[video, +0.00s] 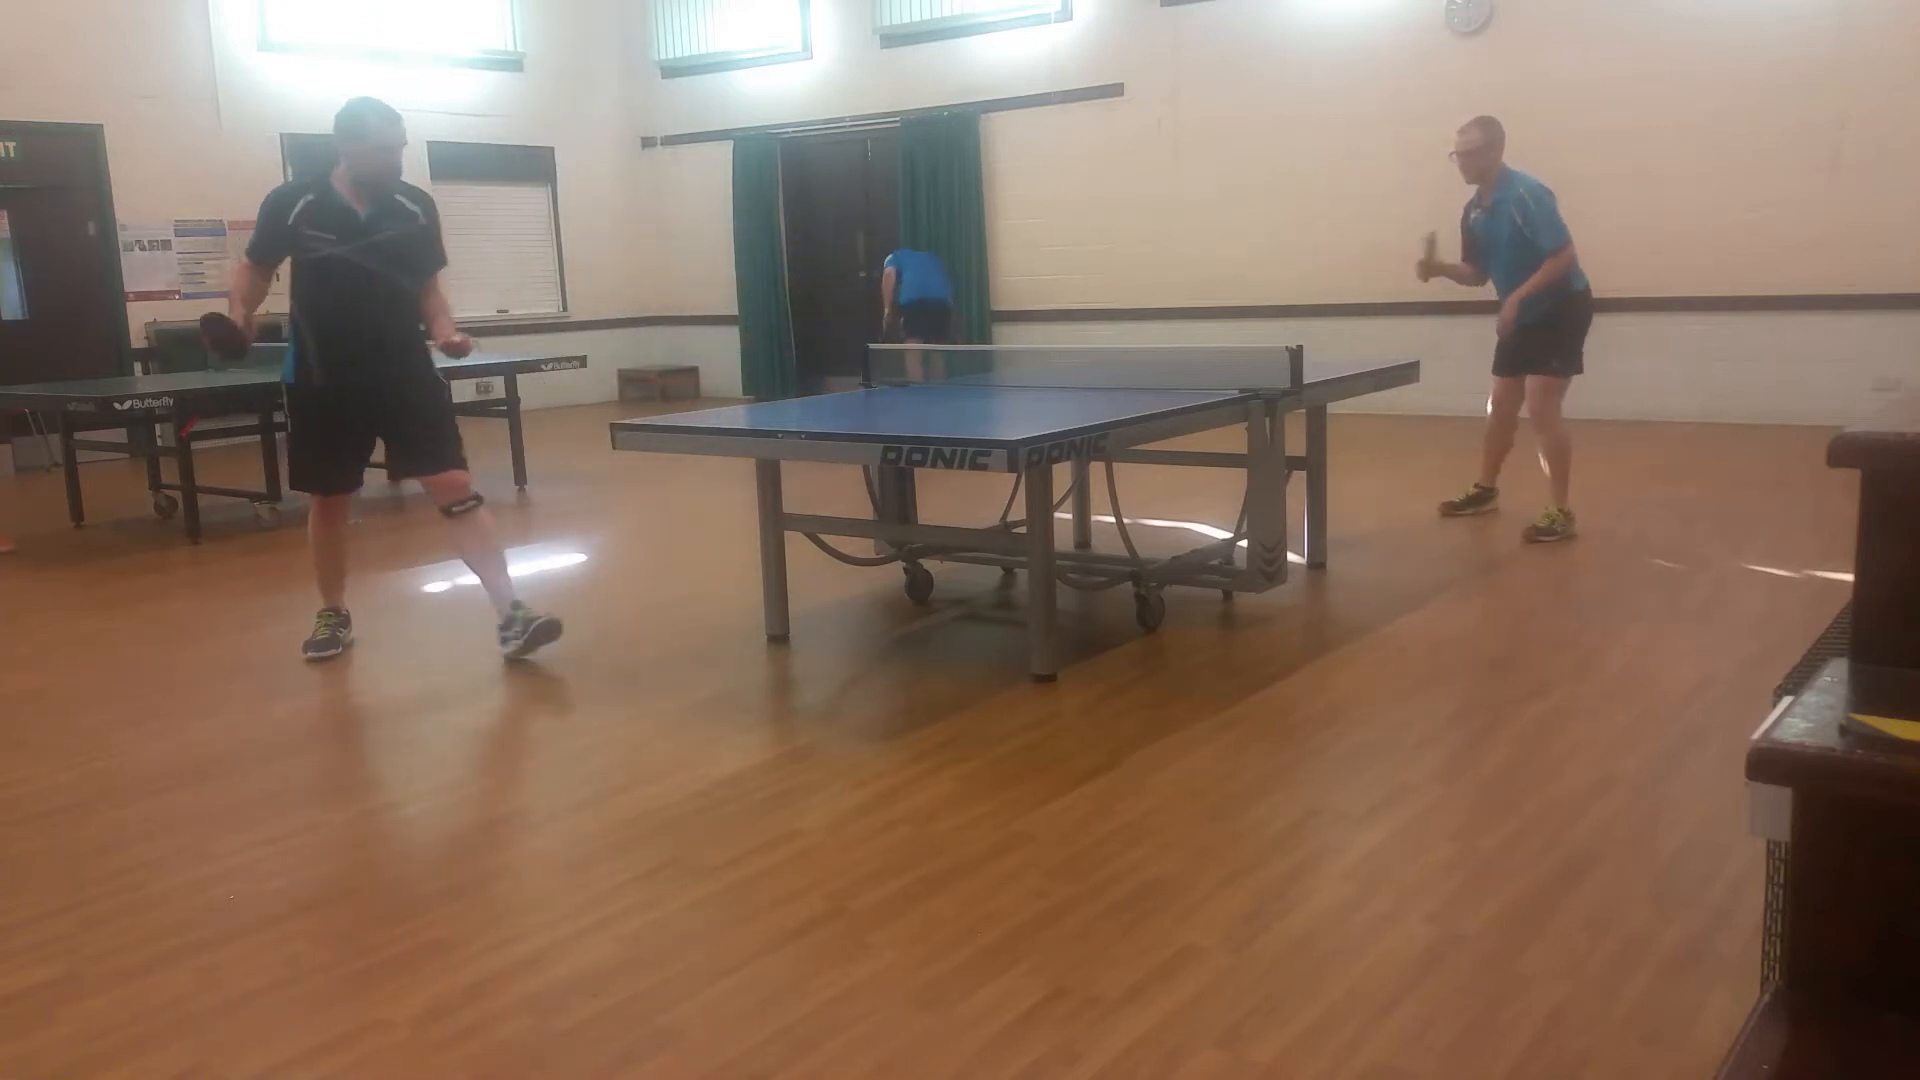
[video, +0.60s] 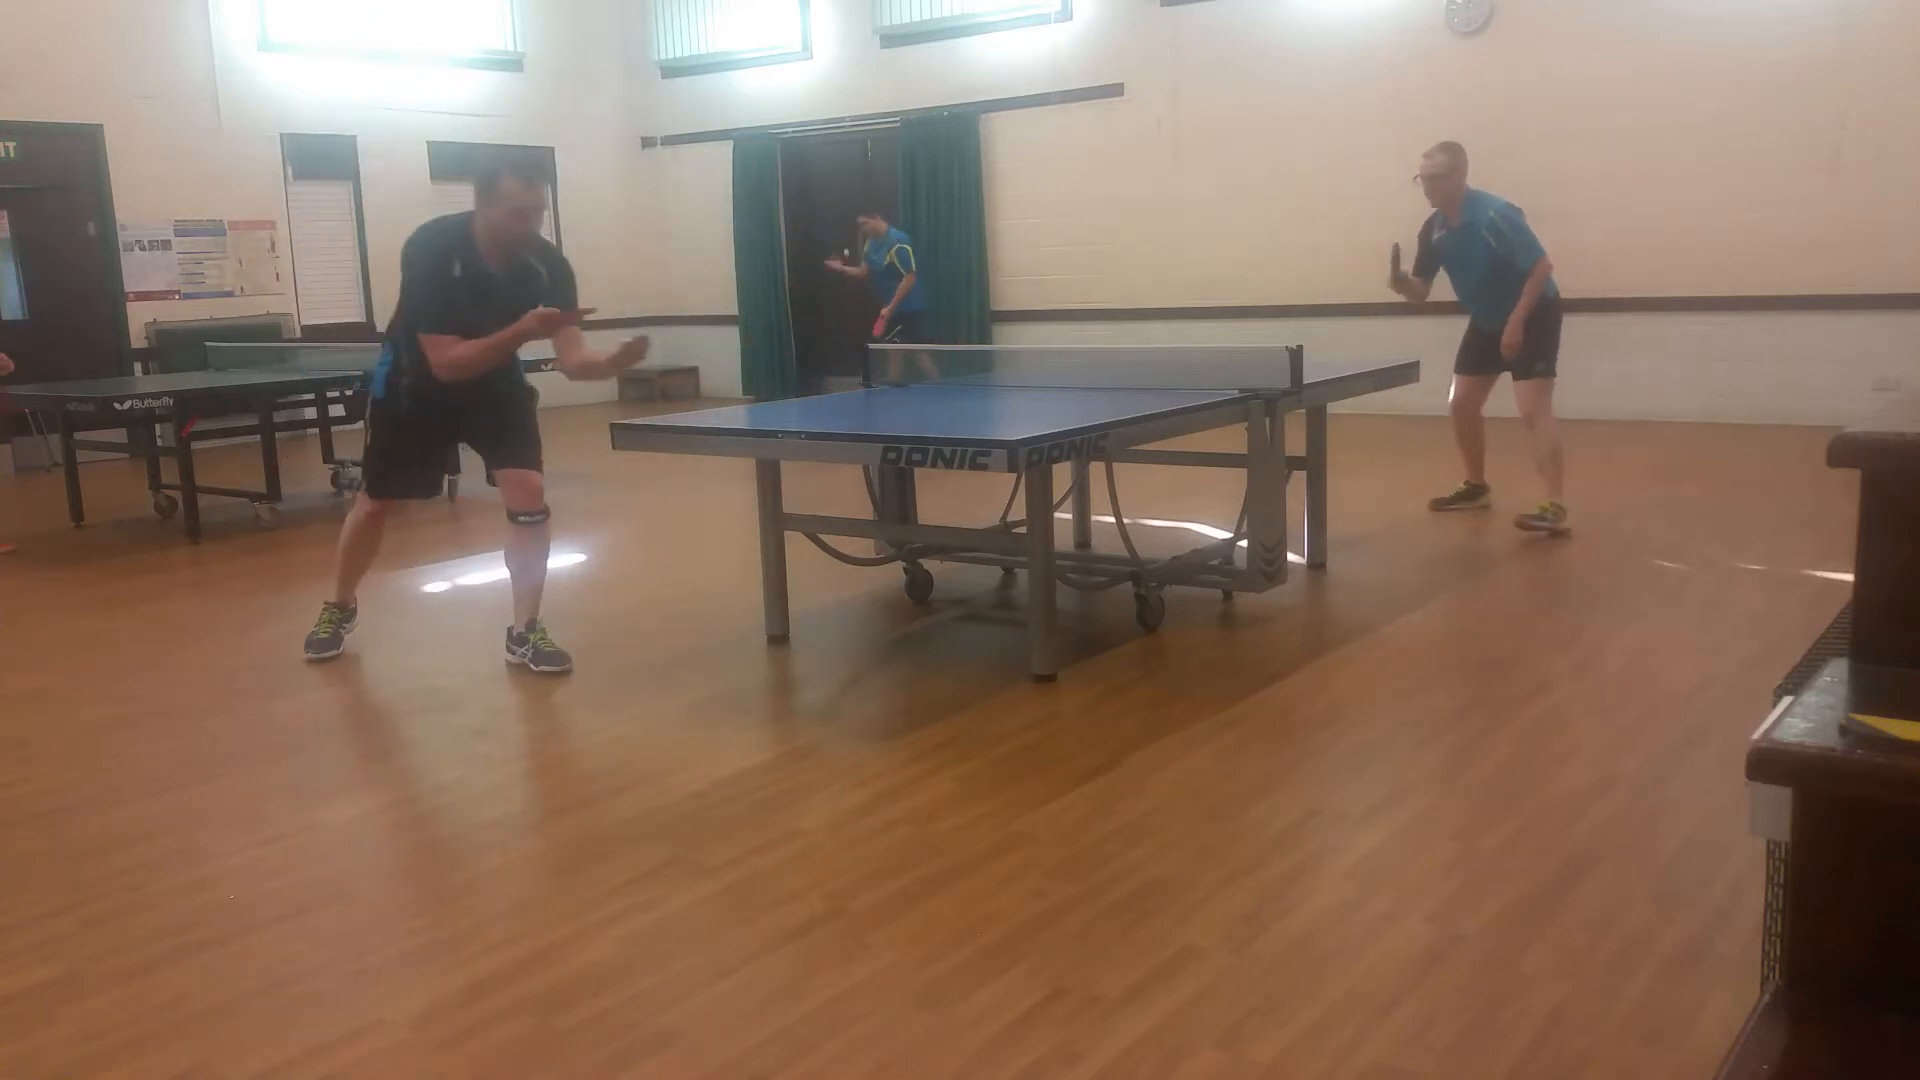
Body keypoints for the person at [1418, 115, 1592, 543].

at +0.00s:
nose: (1457, 162)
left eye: (1465, 154)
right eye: (1456, 155)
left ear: (1494, 152)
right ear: (1463, 156)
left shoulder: (1529, 194)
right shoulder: (1474, 210)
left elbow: (1565, 257)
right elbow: (1477, 273)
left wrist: (1516, 297)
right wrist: (1440, 268)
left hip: (1562, 303)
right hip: (1520, 308)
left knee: (1543, 408)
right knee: (1502, 404)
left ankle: (1560, 512)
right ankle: (1485, 489)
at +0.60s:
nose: (1423, 185)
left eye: (1430, 178)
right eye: (1421, 178)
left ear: (1456, 176)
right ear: (1428, 180)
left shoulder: (1497, 215)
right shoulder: (1433, 229)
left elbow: (1542, 268)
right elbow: (1419, 292)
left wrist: (1516, 320)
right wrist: (1401, 282)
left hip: (1533, 312)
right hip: (1488, 318)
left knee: (1534, 411)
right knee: (1462, 404)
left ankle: (1556, 505)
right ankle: (1475, 486)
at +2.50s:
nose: (1426, 171)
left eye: (1435, 163)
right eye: (1424, 163)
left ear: (1462, 164)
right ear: (1426, 167)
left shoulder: (1498, 206)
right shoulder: (1436, 221)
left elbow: (1534, 271)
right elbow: (1428, 286)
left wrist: (1506, 326)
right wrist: (1398, 277)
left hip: (1527, 315)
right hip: (1481, 317)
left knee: (1506, 409)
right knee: (1434, 399)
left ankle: (1535, 503)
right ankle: (1434, 481)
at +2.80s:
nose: (1422, 203)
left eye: (1431, 196)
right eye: (1420, 195)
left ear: (1456, 198)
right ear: (1419, 198)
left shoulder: (1499, 236)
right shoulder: (1423, 248)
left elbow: (1535, 298)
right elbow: (1408, 304)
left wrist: (1501, 348)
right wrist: (1390, 324)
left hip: (1520, 327)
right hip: (1468, 331)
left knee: (1531, 409)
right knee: (1419, 408)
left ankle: (1577, 500)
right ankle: (1395, 493)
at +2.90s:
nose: (1430, 223)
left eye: (1438, 216)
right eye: (1428, 216)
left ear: (1464, 219)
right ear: (1427, 217)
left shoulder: (1506, 254)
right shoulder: (1431, 266)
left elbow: (1545, 317)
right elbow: (1423, 326)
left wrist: (1508, 364)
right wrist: (1404, 346)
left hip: (1531, 338)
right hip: (1478, 341)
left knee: (1548, 416)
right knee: (1418, 404)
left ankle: (1592, 505)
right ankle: (1393, 493)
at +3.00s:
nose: (1439, 246)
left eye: (1448, 238)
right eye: (1437, 238)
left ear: (1472, 240)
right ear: (1434, 239)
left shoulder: (1515, 268)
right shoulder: (1440, 284)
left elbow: (1558, 330)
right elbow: (1437, 342)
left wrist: (1525, 378)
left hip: (1537, 351)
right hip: (1482, 354)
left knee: (1559, 414)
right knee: (1415, 406)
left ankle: (1596, 504)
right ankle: (1393, 492)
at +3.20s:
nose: (1457, 231)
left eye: (1465, 225)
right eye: (1456, 223)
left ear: (1490, 224)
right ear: (1455, 221)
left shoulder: (1521, 257)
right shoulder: (1450, 256)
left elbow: (1581, 303)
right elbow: (1407, 288)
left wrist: (1580, 355)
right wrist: (1408, 308)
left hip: (1540, 352)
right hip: (1488, 353)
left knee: (1554, 419)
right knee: (1415, 408)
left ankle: (1596, 506)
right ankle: (1391, 492)